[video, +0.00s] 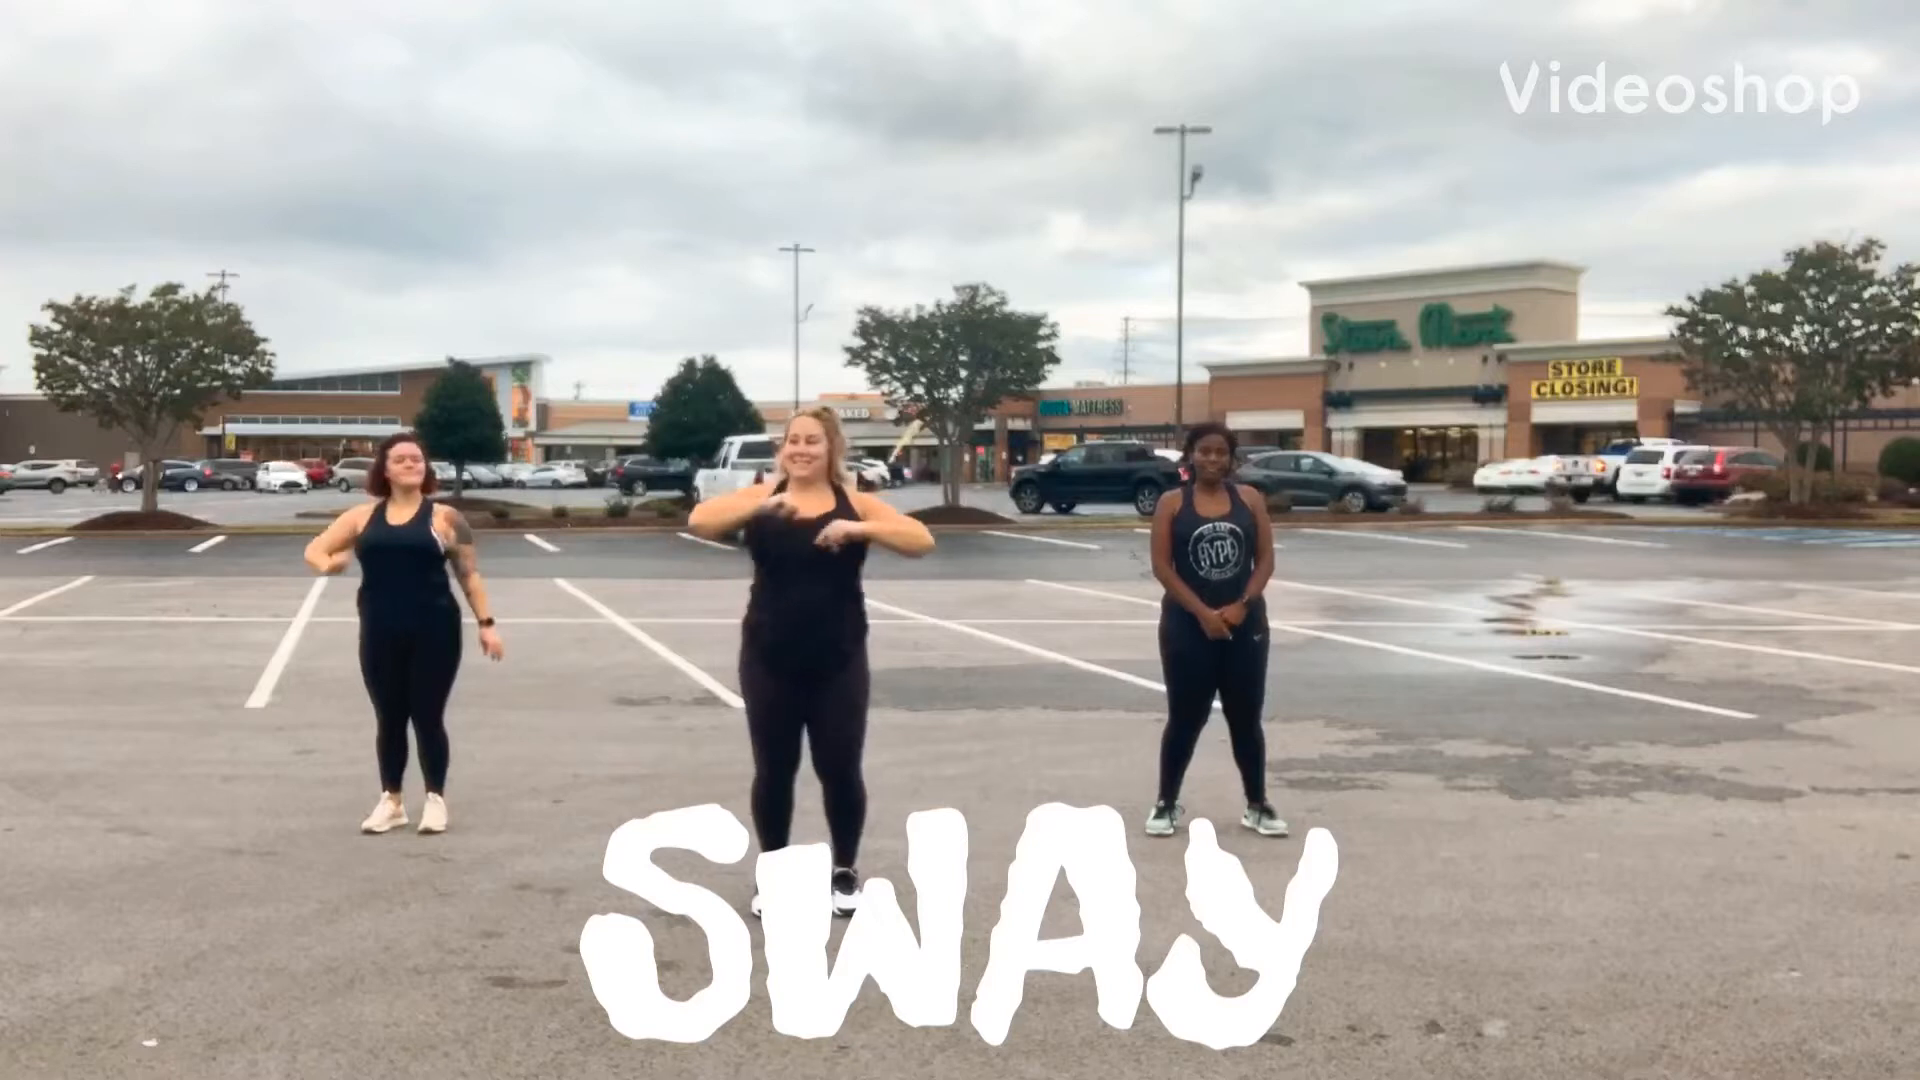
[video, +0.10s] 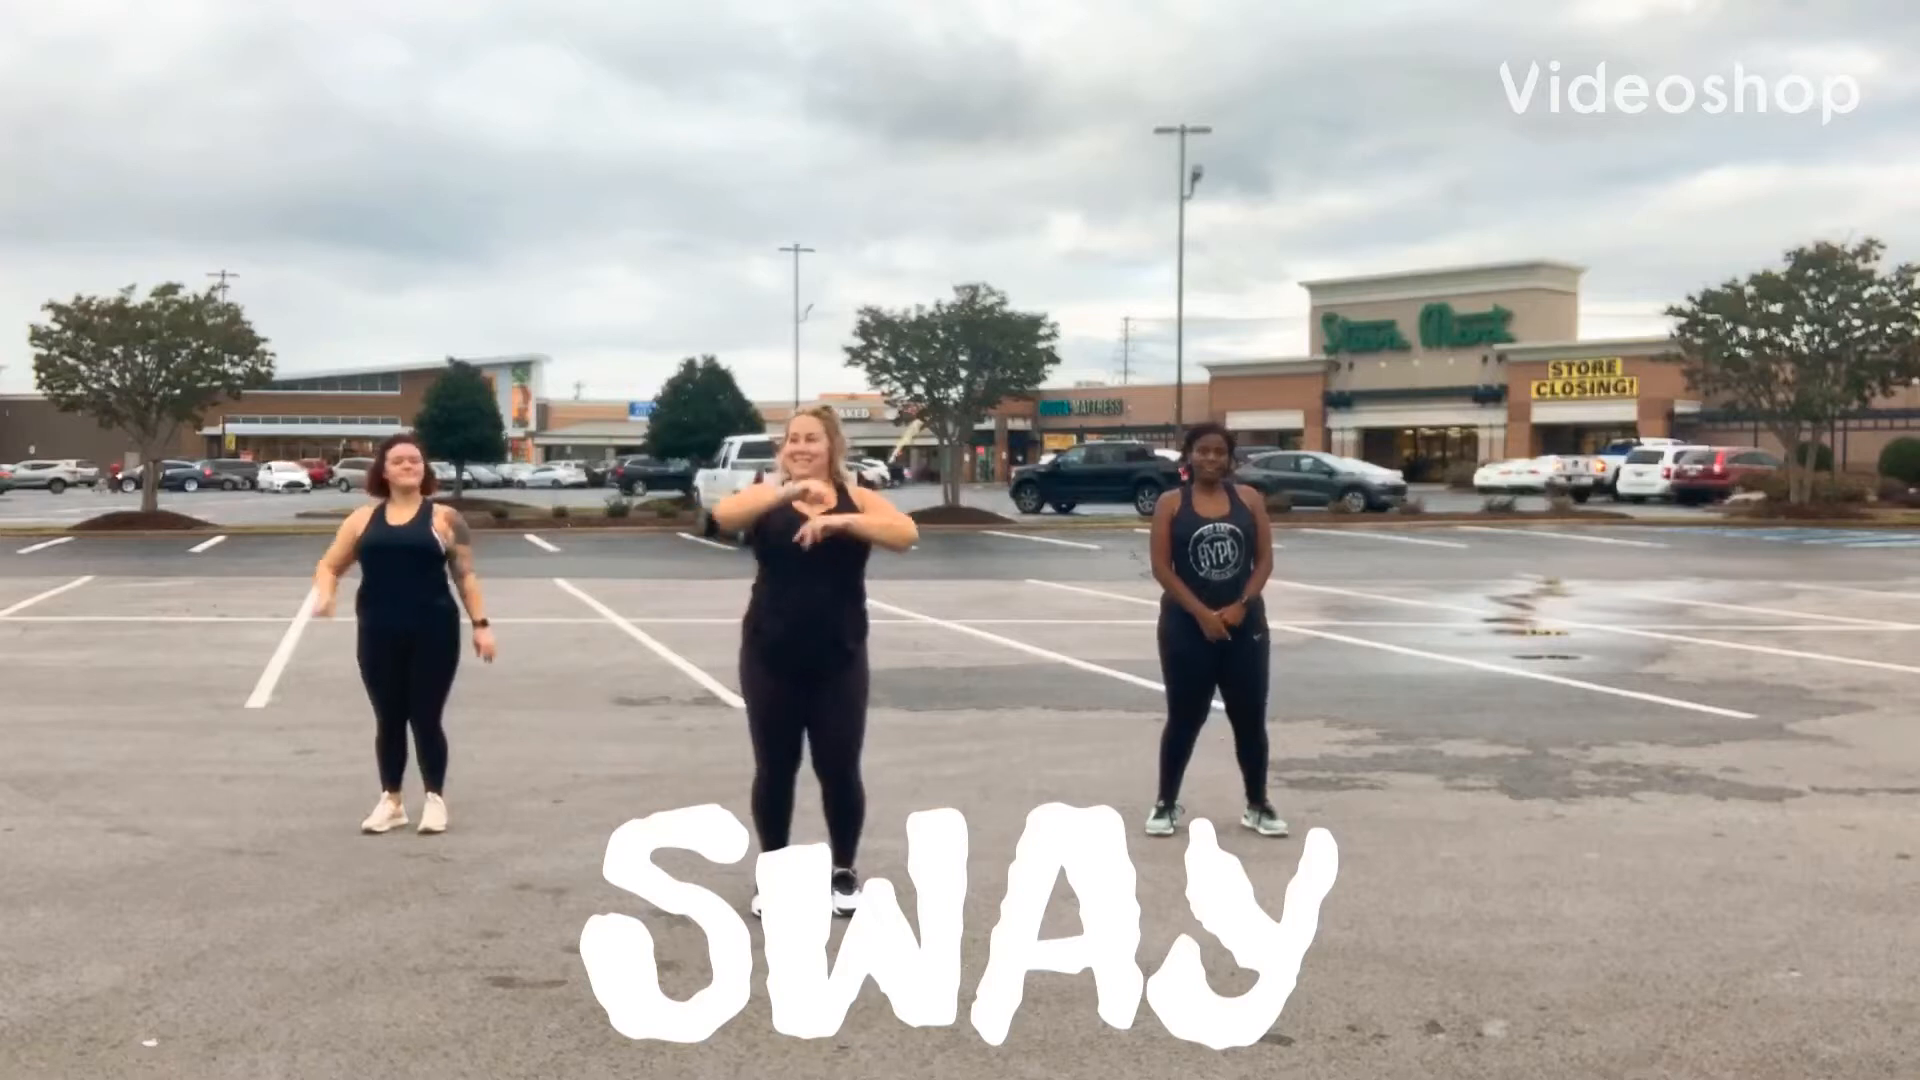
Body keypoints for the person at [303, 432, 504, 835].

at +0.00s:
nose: (410, 465)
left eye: (415, 459)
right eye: (400, 460)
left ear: (426, 467)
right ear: (385, 470)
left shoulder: (444, 518)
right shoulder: (362, 516)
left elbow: (468, 574)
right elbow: (315, 551)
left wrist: (486, 624)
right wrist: (328, 563)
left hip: (435, 632)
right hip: (380, 632)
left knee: (427, 715)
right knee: (390, 717)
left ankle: (434, 799)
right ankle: (391, 799)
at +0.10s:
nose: (407, 466)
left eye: (414, 460)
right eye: (397, 461)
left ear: (424, 469)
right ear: (383, 472)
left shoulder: (444, 519)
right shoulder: (363, 518)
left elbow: (464, 575)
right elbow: (328, 566)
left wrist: (480, 625)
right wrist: (324, 594)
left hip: (434, 634)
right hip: (379, 634)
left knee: (425, 717)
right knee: (390, 718)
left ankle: (434, 799)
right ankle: (391, 800)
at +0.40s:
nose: (406, 469)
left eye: (412, 462)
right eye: (397, 463)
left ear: (424, 470)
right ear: (383, 473)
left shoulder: (444, 517)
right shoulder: (362, 523)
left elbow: (460, 569)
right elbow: (350, 584)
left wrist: (451, 613)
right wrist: (340, 633)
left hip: (429, 637)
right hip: (375, 638)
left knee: (423, 718)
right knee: (386, 720)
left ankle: (434, 798)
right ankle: (390, 799)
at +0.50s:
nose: (405, 469)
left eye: (412, 462)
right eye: (396, 463)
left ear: (424, 470)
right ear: (383, 473)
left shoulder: (444, 518)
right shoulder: (363, 520)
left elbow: (460, 570)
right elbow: (347, 580)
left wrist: (454, 614)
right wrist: (333, 630)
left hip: (430, 636)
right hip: (378, 637)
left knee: (425, 718)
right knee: (387, 720)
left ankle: (434, 798)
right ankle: (390, 799)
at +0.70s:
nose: (404, 469)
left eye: (411, 462)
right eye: (395, 463)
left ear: (423, 469)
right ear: (383, 471)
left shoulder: (444, 518)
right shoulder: (362, 518)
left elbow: (461, 574)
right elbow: (348, 578)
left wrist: (468, 625)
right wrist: (340, 628)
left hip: (434, 637)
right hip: (379, 637)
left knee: (425, 717)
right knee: (389, 718)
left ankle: (434, 798)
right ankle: (391, 799)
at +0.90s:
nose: (402, 469)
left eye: (409, 462)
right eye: (393, 464)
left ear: (422, 470)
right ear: (380, 473)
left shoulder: (444, 516)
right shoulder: (365, 520)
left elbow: (463, 574)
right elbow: (356, 582)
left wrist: (472, 623)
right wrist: (349, 632)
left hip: (432, 633)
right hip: (377, 634)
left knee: (423, 717)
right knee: (388, 720)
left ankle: (434, 799)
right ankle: (390, 800)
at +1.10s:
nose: (403, 472)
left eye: (411, 465)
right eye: (394, 467)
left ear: (425, 471)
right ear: (384, 477)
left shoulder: (449, 518)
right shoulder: (368, 525)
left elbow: (467, 573)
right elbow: (354, 585)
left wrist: (476, 618)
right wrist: (339, 636)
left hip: (432, 637)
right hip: (378, 638)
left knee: (422, 719)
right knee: (386, 719)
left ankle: (433, 798)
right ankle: (391, 800)